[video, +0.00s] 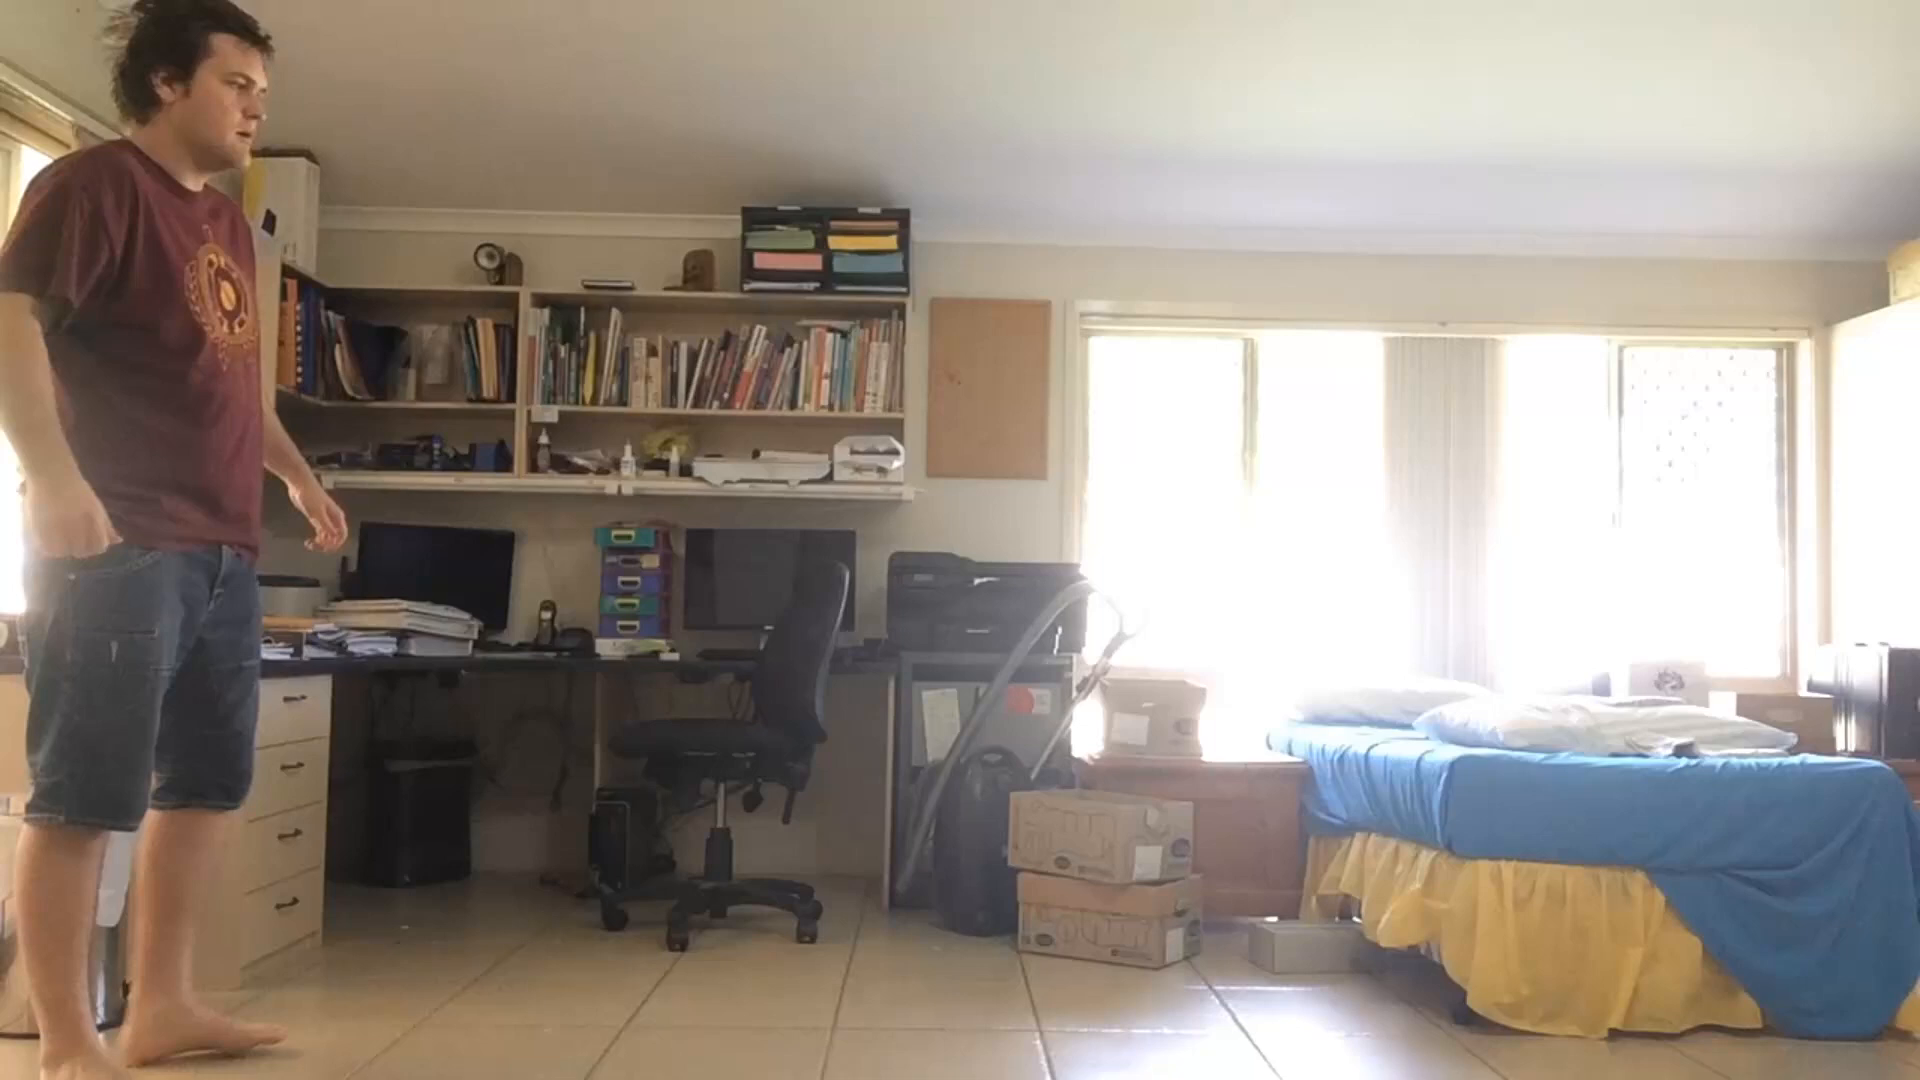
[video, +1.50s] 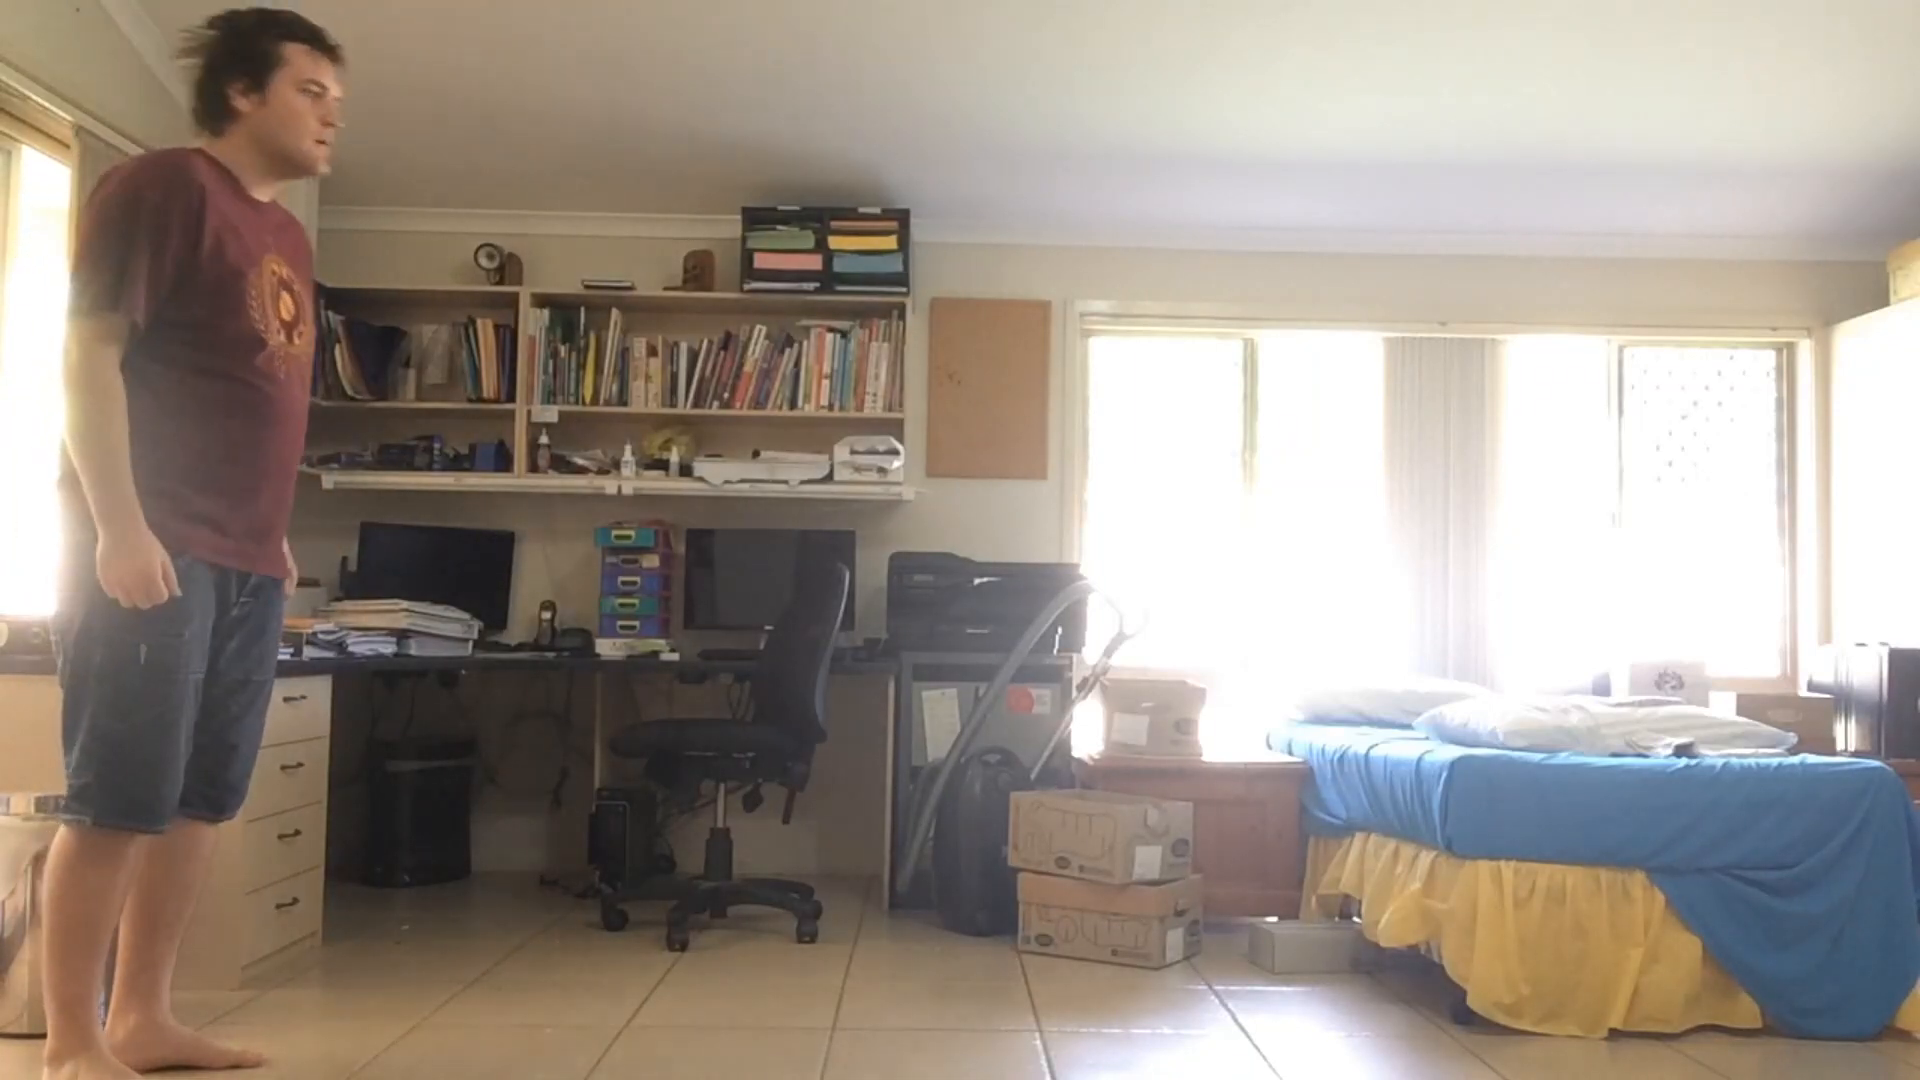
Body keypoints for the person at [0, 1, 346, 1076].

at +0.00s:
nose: (255, 110)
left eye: (261, 95)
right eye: (237, 84)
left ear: (248, 108)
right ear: (166, 83)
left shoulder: (231, 218)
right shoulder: (93, 182)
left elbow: (236, 380)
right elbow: (10, 315)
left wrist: (301, 478)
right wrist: (53, 479)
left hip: (225, 549)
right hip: (115, 543)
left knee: (201, 787)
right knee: (79, 800)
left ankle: (163, 1010)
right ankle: (66, 1043)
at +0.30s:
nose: (256, 108)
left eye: (263, 92)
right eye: (238, 87)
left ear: (250, 106)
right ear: (167, 88)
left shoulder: (238, 229)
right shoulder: (92, 188)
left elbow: (232, 387)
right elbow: (27, 344)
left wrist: (263, 506)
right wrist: (81, 501)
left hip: (227, 549)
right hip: (118, 543)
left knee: (179, 795)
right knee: (85, 799)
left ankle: (141, 1021)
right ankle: (65, 1045)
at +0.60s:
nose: (279, 111)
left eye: (284, 96)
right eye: (261, 89)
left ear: (264, 111)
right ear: (191, 89)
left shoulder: (250, 231)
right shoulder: (112, 183)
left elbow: (238, 388)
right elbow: (21, 335)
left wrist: (250, 530)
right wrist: (34, 509)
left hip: (238, 552)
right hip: (132, 544)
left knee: (183, 800)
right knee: (99, 799)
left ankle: (142, 1023)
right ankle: (67, 1043)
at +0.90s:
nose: (278, 103)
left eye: (283, 89)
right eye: (260, 81)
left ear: (268, 108)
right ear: (189, 88)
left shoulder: (252, 227)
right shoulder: (116, 181)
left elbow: (248, 394)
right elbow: (29, 335)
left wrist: (279, 512)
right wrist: (4, 489)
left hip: (245, 547)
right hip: (129, 538)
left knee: (186, 796)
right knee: (101, 794)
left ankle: (141, 1022)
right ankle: (67, 1045)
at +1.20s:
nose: (271, 99)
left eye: (276, 85)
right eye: (252, 79)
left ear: (264, 104)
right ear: (183, 88)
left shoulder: (252, 223)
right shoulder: (117, 180)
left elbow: (256, 391)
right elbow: (79, 359)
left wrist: (273, 537)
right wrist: (119, 533)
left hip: (252, 553)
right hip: (151, 545)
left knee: (185, 801)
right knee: (102, 800)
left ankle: (142, 1023)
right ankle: (69, 1045)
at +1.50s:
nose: (334, 114)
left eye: (338, 99)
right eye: (314, 90)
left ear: (303, 115)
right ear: (244, 93)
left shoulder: (291, 235)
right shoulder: (157, 185)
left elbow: (264, 400)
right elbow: (91, 359)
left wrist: (270, 540)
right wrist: (122, 531)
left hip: (249, 564)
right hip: (152, 551)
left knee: (194, 805)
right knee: (111, 807)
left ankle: (142, 1023)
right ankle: (69, 1047)